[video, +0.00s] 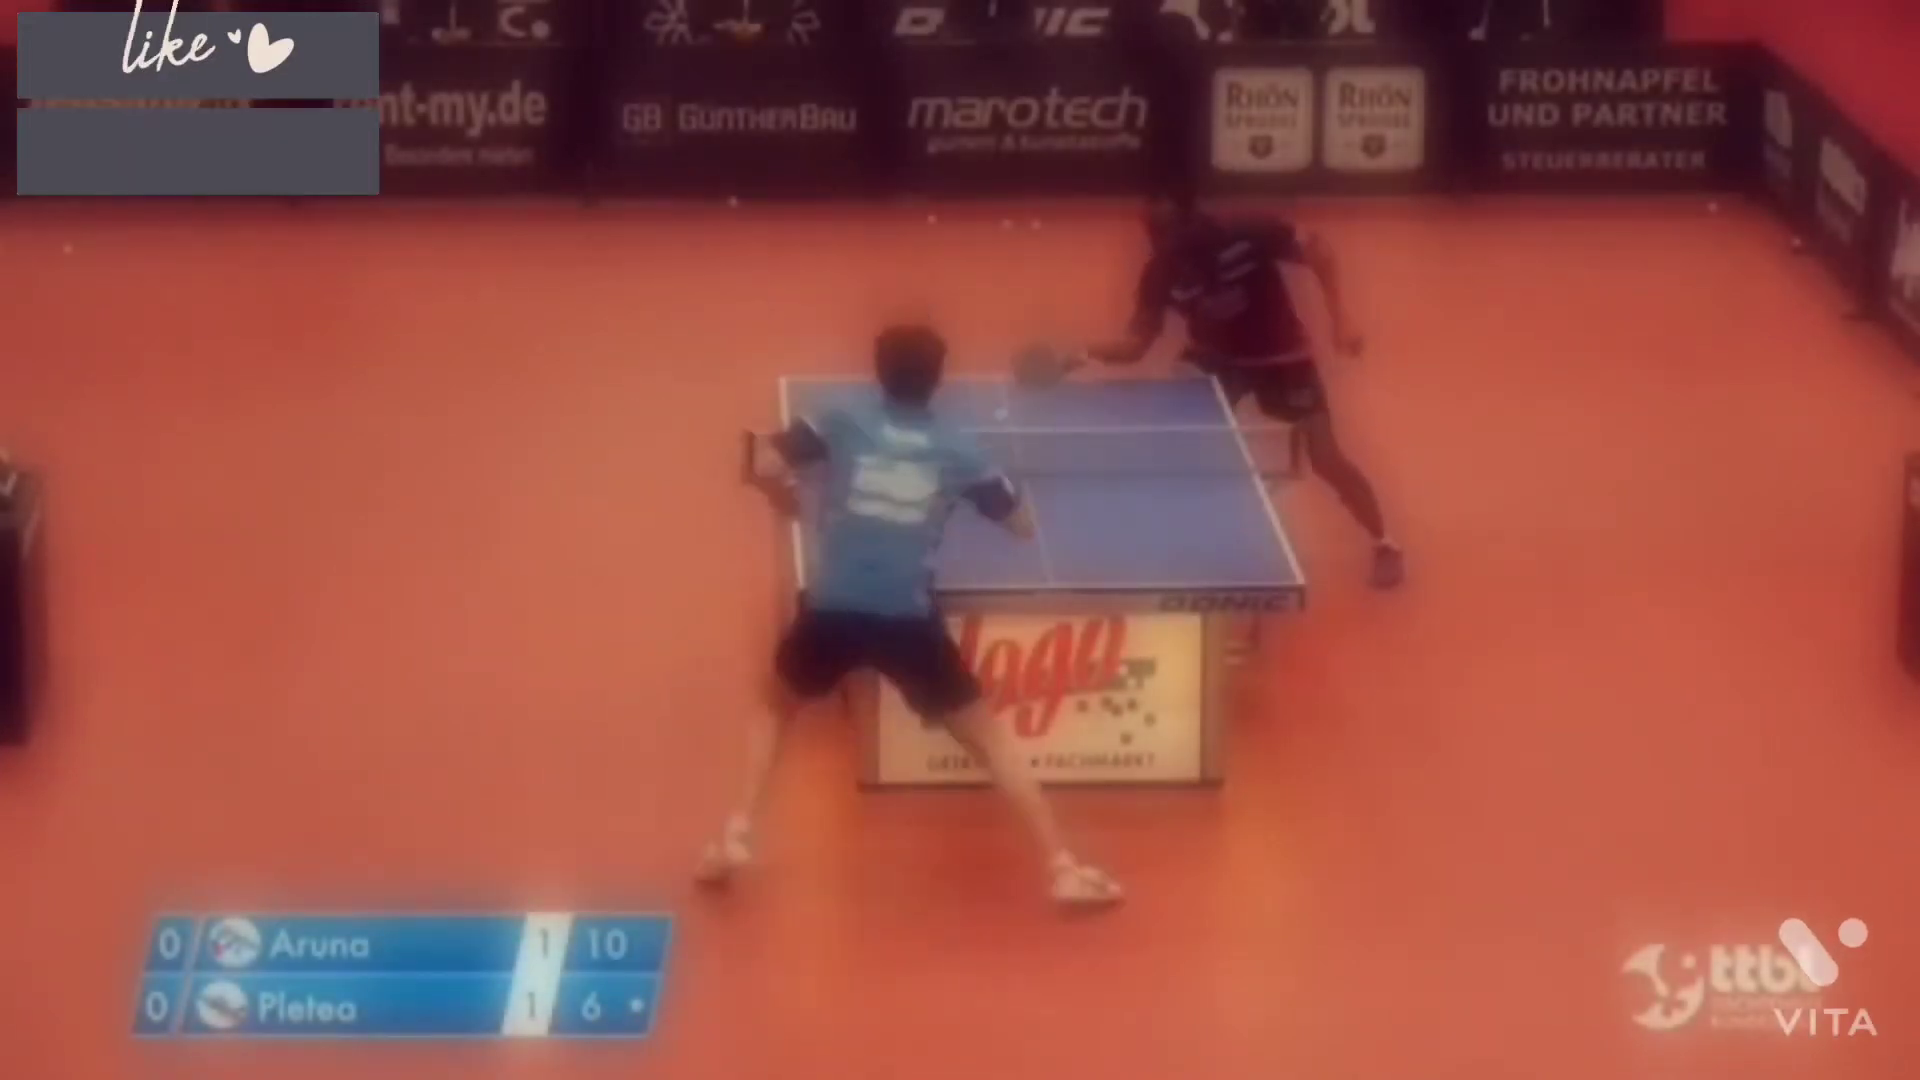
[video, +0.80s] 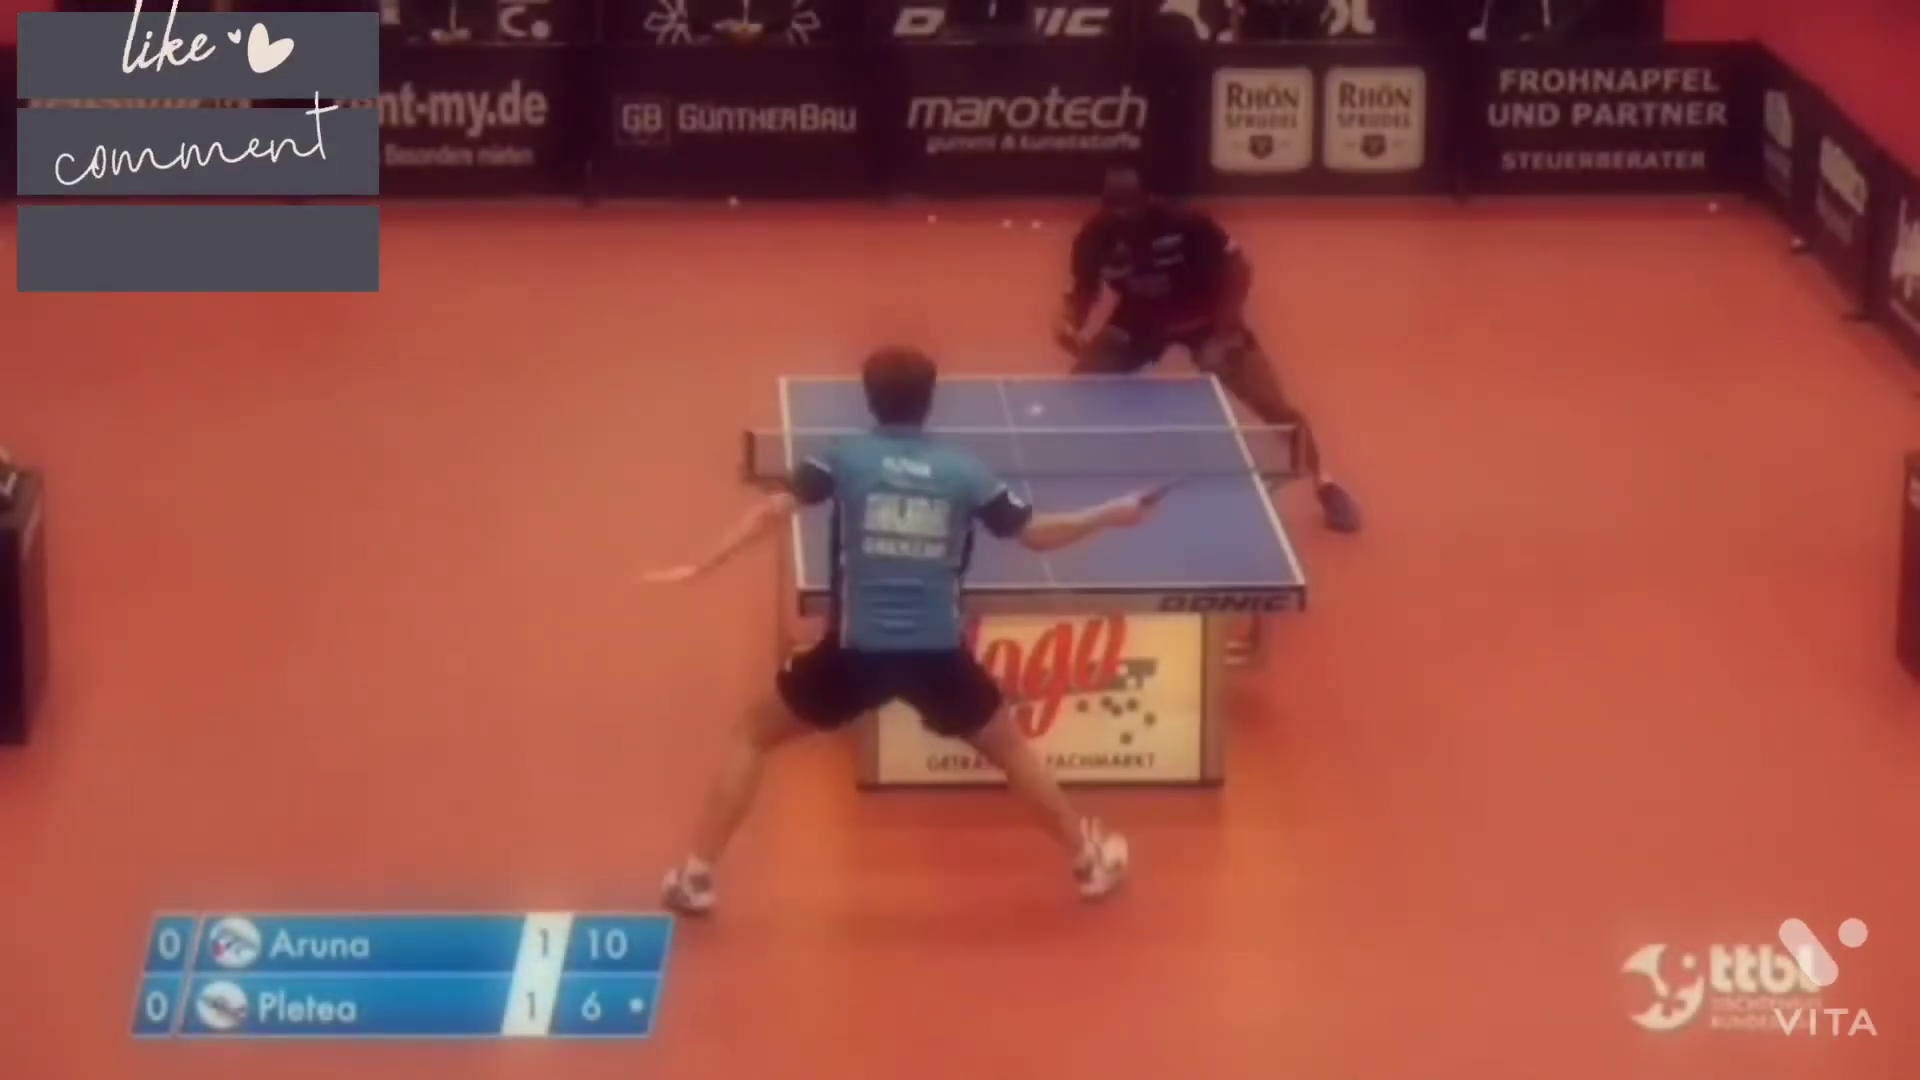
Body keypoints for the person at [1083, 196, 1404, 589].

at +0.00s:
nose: (1159, 234)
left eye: (1166, 223)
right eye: (1153, 225)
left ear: (1188, 214)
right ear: (1149, 225)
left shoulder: (1244, 235)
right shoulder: (1162, 268)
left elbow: (1319, 256)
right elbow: (1135, 344)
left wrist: (1342, 325)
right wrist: (1083, 353)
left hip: (1282, 361)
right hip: (1213, 366)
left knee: (1325, 460)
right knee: (1171, 451)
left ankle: (1383, 542)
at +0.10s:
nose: (1116, 252)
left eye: (1121, 242)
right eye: (1109, 246)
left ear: (1139, 235)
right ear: (1103, 248)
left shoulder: (1190, 243)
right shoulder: (1111, 290)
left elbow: (1254, 246)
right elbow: (1105, 355)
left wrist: (1297, 307)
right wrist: (1093, 377)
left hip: (1234, 372)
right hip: (1171, 389)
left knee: (1297, 455)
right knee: (1178, 481)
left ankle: (1370, 537)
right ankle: (1186, 581)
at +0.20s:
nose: (1097, 274)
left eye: (1101, 263)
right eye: (1088, 268)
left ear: (1116, 252)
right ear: (1078, 268)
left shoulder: (1155, 256)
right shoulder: (1086, 304)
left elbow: (1212, 254)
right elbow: (1082, 366)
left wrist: (1257, 307)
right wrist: (1079, 390)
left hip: (1206, 381)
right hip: (1146, 398)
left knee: (1270, 453)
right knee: (1164, 485)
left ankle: (1342, 533)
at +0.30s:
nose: (1086, 246)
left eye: (1091, 236)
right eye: (1077, 240)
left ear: (1104, 230)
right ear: (1065, 242)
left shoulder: (1144, 242)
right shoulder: (1064, 283)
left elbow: (1203, 243)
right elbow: (1067, 339)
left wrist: (1237, 311)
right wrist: (1079, 365)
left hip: (1188, 366)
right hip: (1124, 385)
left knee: (1236, 438)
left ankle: (1279, 515)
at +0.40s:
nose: (1087, 225)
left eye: (1094, 214)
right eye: (1078, 217)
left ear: (1109, 208)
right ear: (1067, 217)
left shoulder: (1148, 227)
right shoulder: (1059, 261)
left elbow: (1213, 238)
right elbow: (1060, 318)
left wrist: (1241, 312)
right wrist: (1053, 359)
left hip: (1177, 347)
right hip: (1110, 355)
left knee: (1205, 433)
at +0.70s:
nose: (1112, 211)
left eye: (1120, 201)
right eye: (1104, 203)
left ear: (1135, 195)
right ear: (1094, 202)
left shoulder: (1174, 223)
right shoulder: (1090, 232)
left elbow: (1233, 265)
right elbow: (1072, 279)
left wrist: (1224, 334)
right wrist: (1051, 321)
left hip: (1195, 320)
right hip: (1128, 323)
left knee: (1258, 405)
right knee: (1072, 395)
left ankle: (1283, 490)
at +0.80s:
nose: (1121, 205)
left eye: (1128, 196)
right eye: (1113, 197)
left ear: (1145, 193)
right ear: (1104, 196)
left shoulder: (1188, 227)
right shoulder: (1096, 236)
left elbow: (1237, 271)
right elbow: (1084, 288)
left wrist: (1223, 333)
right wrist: (1073, 324)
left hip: (1204, 320)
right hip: (1137, 322)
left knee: (1273, 406)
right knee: (1081, 392)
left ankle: (1320, 485)